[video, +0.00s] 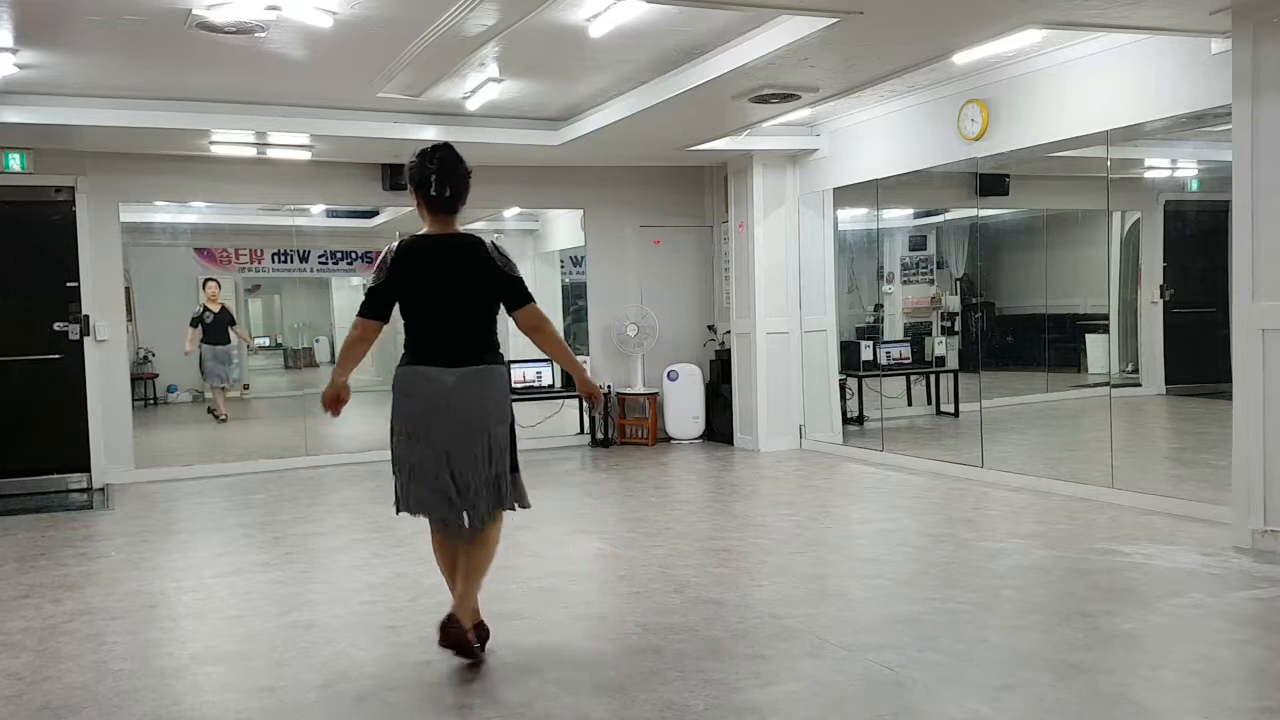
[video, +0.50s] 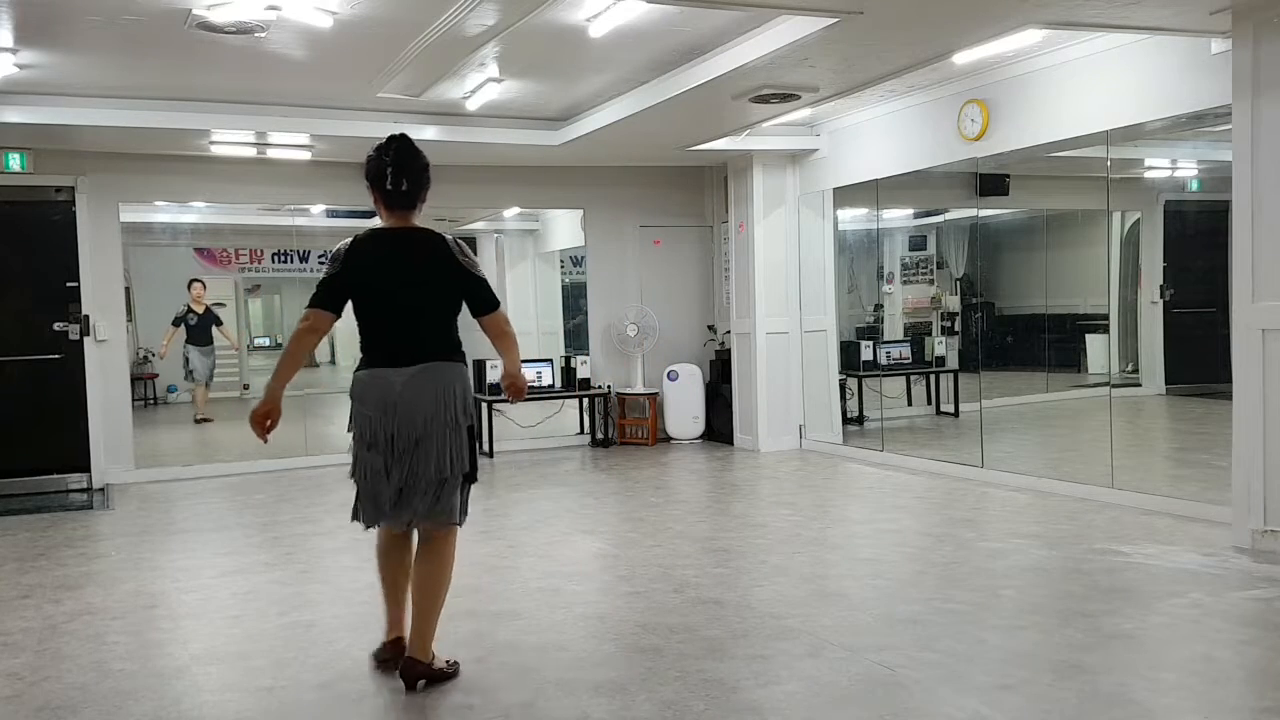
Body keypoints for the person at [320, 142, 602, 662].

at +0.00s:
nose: (426, 200)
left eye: (417, 193)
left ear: (416, 198)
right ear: (465, 195)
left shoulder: (400, 257)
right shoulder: (488, 254)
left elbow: (366, 328)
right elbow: (531, 320)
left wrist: (339, 377)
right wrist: (577, 370)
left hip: (419, 390)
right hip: (484, 389)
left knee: (442, 508)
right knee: (489, 503)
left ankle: (470, 621)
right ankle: (461, 611)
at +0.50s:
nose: (385, 195)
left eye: (376, 187)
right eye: (408, 186)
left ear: (373, 192)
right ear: (425, 190)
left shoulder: (354, 254)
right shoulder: (448, 249)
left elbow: (314, 326)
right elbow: (493, 319)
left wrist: (274, 391)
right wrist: (513, 367)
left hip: (375, 389)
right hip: (442, 385)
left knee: (392, 519)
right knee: (440, 522)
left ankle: (396, 636)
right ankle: (420, 655)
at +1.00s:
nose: (313, 188)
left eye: (307, 180)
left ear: (306, 186)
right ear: (362, 188)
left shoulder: (287, 248)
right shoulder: (381, 254)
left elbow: (247, 323)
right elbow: (434, 324)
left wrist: (209, 353)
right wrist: (484, 380)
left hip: (309, 392)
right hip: (375, 392)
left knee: (328, 529)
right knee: (383, 518)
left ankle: (350, 661)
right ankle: (405, 633)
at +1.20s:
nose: (281, 188)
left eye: (278, 181)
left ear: (281, 187)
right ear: (336, 187)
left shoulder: (267, 250)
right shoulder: (357, 252)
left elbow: (235, 328)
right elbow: (411, 323)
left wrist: (202, 358)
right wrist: (461, 380)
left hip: (299, 392)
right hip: (359, 390)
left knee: (320, 527)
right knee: (328, 520)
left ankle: (349, 660)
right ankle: (318, 638)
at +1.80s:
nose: (223, 188)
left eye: (223, 181)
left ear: (228, 186)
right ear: (282, 186)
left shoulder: (223, 243)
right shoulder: (301, 251)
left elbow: (215, 321)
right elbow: (347, 323)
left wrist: (155, 369)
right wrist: (376, 364)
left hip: (252, 385)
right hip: (306, 383)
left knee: (277, 519)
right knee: (278, 521)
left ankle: (334, 641)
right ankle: (260, 645)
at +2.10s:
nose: (203, 192)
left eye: (202, 185)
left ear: (205, 193)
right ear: (260, 194)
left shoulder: (196, 250)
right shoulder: (281, 257)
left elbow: (182, 322)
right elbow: (324, 333)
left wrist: (127, 372)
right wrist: (321, 351)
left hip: (229, 395)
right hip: (291, 391)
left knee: (224, 527)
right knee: (280, 519)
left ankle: (296, 624)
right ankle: (259, 644)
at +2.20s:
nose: (198, 194)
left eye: (196, 186)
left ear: (199, 194)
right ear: (255, 195)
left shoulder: (187, 251)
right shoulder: (276, 257)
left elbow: (168, 323)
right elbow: (319, 335)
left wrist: (111, 366)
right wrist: (307, 347)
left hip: (218, 398)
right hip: (285, 394)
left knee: (196, 527)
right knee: (275, 522)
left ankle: (246, 636)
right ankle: (259, 643)